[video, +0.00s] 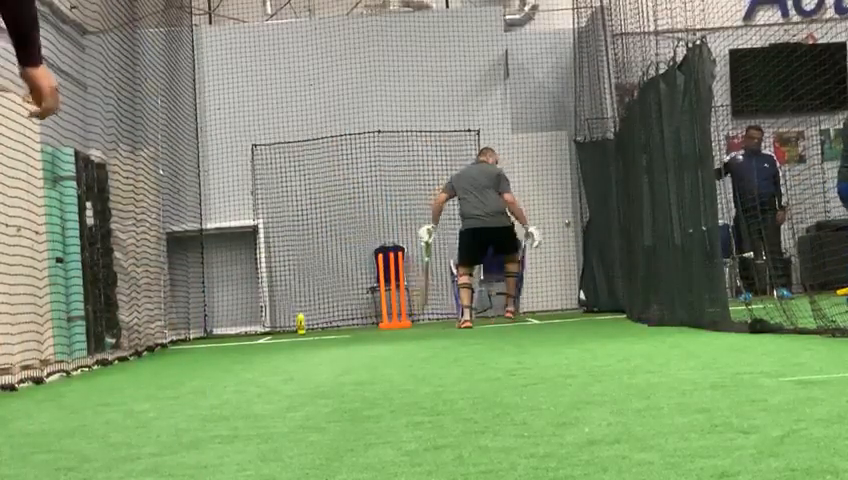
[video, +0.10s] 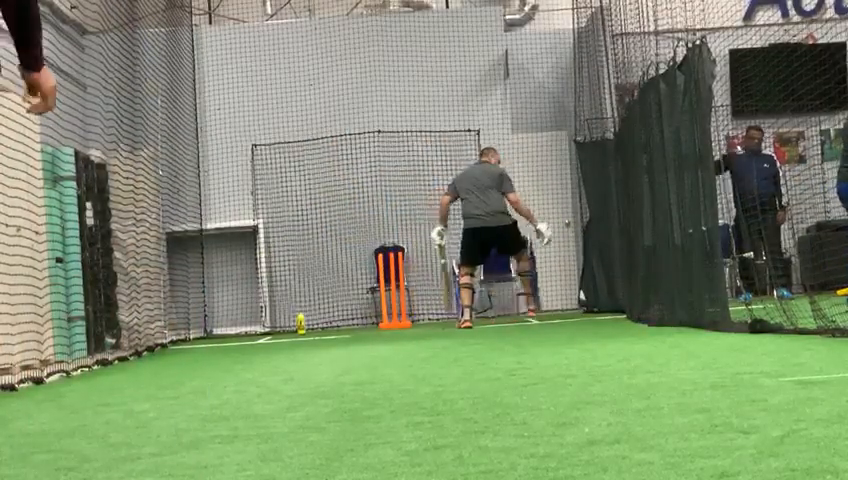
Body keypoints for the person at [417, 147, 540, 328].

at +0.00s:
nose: (496, 165)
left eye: (497, 163)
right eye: (496, 162)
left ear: (479, 157)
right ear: (488, 157)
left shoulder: (460, 175)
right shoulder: (496, 173)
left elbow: (439, 201)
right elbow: (509, 200)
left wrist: (433, 225)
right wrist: (526, 226)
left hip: (471, 231)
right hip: (501, 229)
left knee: (464, 270)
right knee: (512, 259)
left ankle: (466, 317)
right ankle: (510, 307)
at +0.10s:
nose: (498, 165)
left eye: (498, 162)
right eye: (498, 162)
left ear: (481, 158)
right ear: (492, 158)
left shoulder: (463, 175)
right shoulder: (498, 172)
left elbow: (444, 201)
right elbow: (514, 201)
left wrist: (442, 226)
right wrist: (536, 223)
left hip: (473, 230)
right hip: (503, 228)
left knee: (466, 271)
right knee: (522, 257)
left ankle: (466, 317)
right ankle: (530, 305)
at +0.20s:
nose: (506, 166)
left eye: (507, 163)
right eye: (506, 162)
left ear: (487, 159)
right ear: (499, 159)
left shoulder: (468, 176)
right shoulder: (504, 173)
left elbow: (452, 201)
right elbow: (522, 200)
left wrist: (454, 227)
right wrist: (546, 222)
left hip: (478, 230)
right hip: (508, 226)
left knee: (469, 271)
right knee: (533, 257)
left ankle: (466, 316)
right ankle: (554, 301)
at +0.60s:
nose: (582, 199)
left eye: (581, 196)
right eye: (581, 196)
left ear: (565, 189)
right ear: (575, 192)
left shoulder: (539, 195)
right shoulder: (576, 200)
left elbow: (518, 212)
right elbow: (590, 237)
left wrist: (522, 237)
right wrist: (608, 264)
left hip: (526, 227)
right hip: (554, 228)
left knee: (500, 269)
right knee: (579, 262)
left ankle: (473, 312)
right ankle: (592, 307)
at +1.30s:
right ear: (593, 182)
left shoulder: (562, 183)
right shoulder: (601, 191)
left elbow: (548, 207)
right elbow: (614, 234)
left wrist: (550, 226)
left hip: (562, 207)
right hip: (591, 210)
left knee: (553, 252)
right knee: (597, 260)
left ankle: (555, 288)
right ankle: (595, 306)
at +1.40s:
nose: (560, 164)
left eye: (561, 162)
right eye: (561, 162)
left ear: (563, 162)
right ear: (577, 162)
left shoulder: (559, 173)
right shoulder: (594, 177)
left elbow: (544, 202)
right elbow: (608, 211)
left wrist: (543, 223)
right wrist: (608, 237)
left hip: (563, 208)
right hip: (591, 210)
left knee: (550, 251)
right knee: (595, 258)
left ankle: (552, 295)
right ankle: (595, 306)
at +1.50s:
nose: (544, 157)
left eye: (545, 153)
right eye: (544, 154)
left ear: (551, 151)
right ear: (563, 150)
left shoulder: (551, 166)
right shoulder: (585, 167)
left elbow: (539, 196)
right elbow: (603, 195)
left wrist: (532, 222)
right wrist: (602, 224)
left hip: (563, 210)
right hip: (589, 210)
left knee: (549, 249)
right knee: (591, 257)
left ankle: (544, 303)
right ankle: (595, 305)